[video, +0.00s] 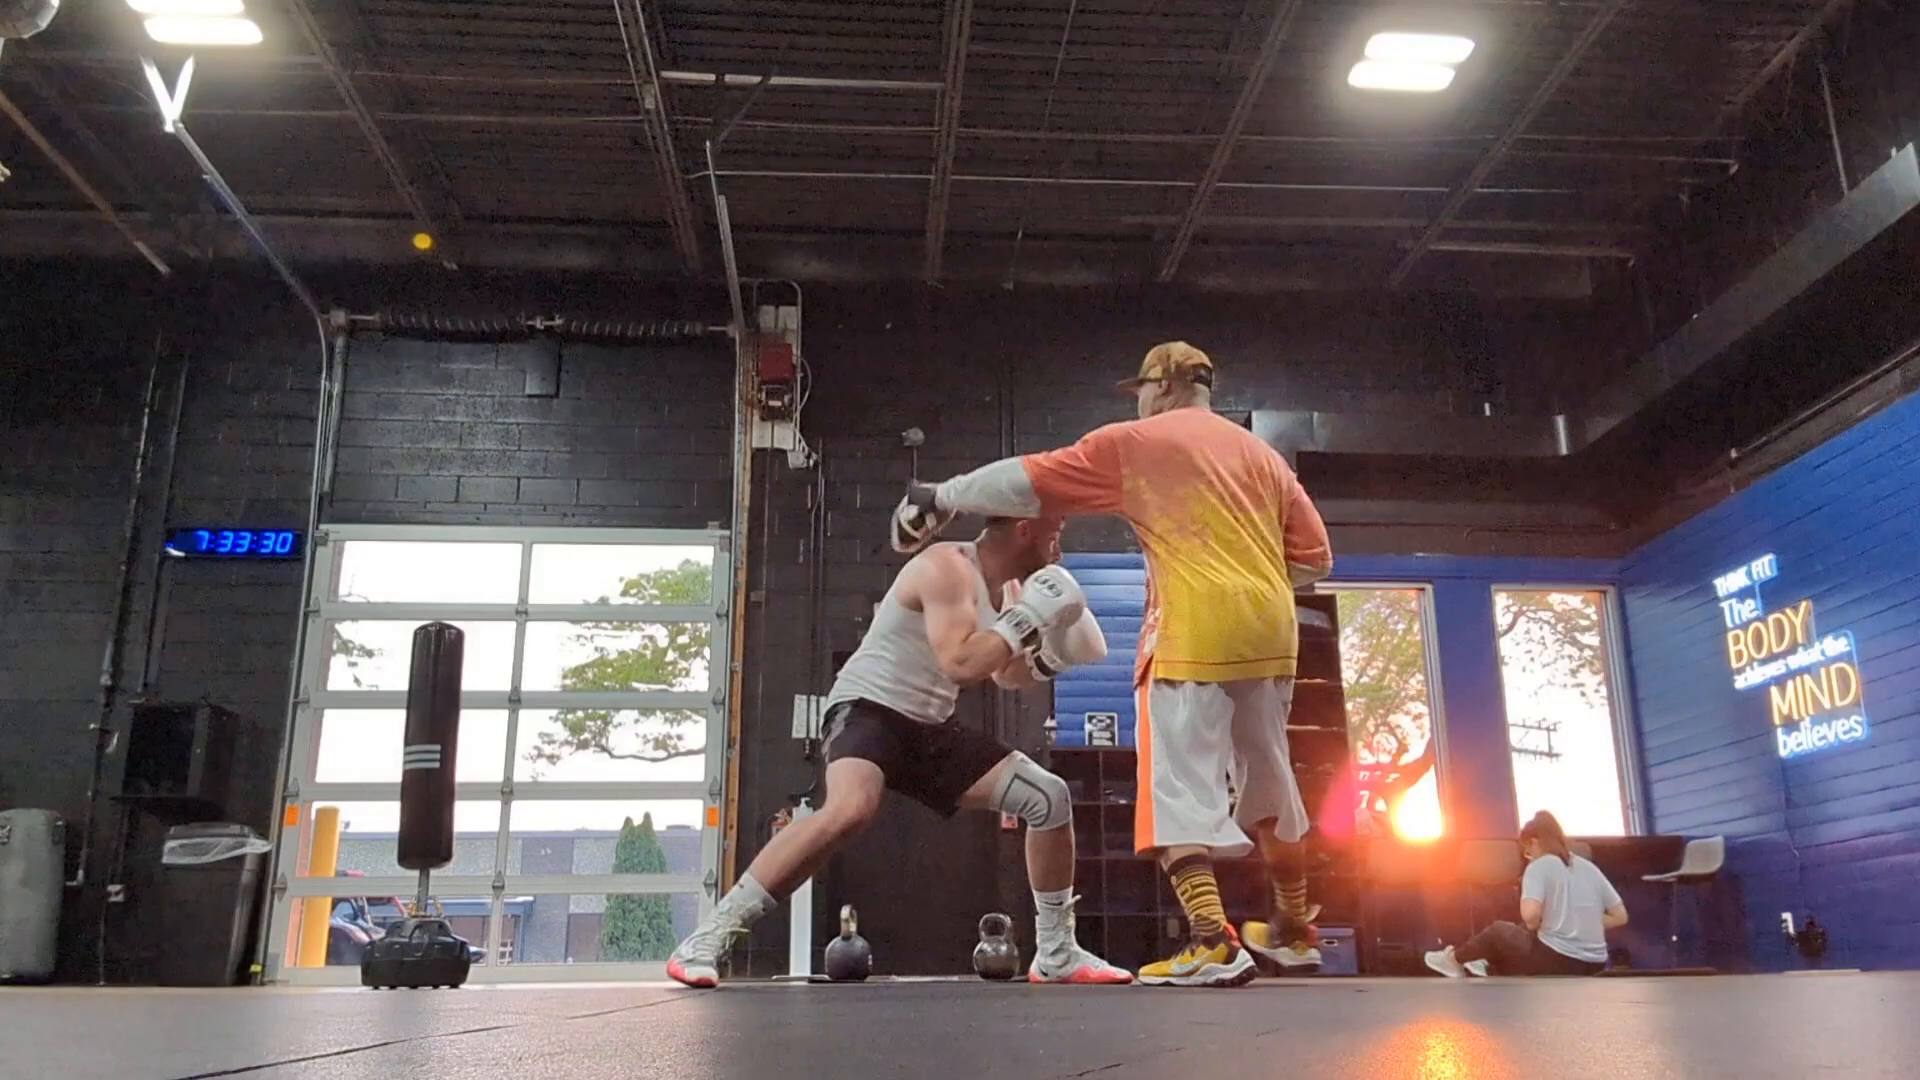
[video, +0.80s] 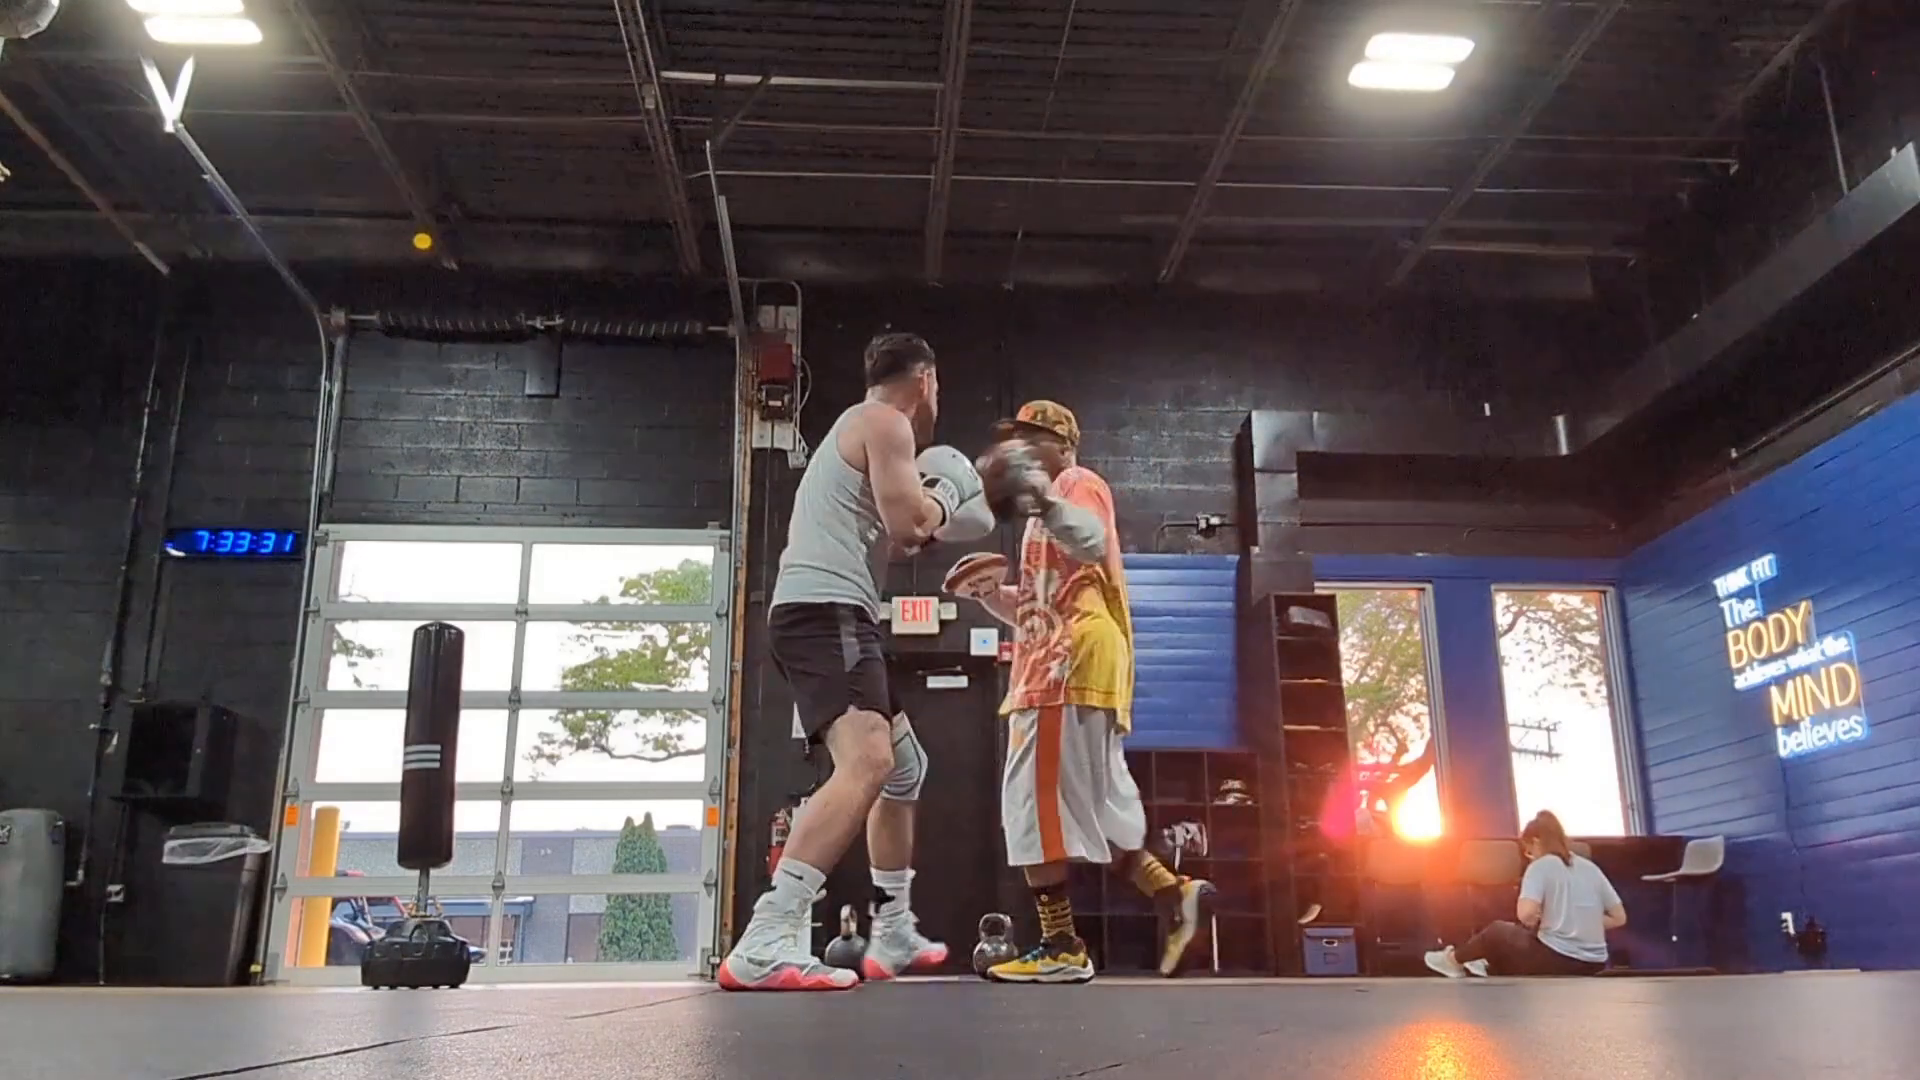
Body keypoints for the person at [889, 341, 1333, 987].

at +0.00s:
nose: (1138, 404)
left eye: (1142, 393)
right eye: (1140, 394)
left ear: (1163, 387)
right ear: (1205, 391)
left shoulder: (1135, 442)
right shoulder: (1261, 453)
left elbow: (1028, 477)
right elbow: (1314, 556)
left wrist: (940, 497)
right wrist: (1240, 577)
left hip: (1193, 623)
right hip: (1273, 623)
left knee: (1178, 779)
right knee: (1271, 770)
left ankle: (1212, 941)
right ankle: (1295, 930)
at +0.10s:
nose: (1128, 416)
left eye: (1131, 406)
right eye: (1130, 408)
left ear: (1149, 400)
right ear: (1196, 403)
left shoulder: (1127, 441)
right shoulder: (1251, 463)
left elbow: (1022, 439)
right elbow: (1302, 565)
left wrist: (963, 488)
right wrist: (1234, 580)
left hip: (1185, 633)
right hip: (1262, 633)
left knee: (1172, 789)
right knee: (1261, 794)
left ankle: (1209, 941)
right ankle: (1261, 941)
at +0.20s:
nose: (1124, 432)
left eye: (1127, 423)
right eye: (1123, 424)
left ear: (1144, 416)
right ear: (1187, 419)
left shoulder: (1130, 447)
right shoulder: (1241, 477)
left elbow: (1043, 434)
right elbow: (1280, 584)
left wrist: (1051, 514)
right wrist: (1215, 569)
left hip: (1177, 641)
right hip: (1249, 647)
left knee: (1168, 795)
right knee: (1239, 803)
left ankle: (1206, 914)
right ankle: (1247, 947)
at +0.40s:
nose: (1099, 438)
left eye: (1106, 426)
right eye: (1098, 429)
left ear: (1137, 421)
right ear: (1152, 427)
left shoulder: (1139, 455)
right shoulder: (1191, 477)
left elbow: (1184, 507)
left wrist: (1118, 557)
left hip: (1164, 649)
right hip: (1220, 651)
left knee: (1093, 773)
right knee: (1216, 797)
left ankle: (1166, 892)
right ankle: (1244, 943)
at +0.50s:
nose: (1083, 438)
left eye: (1093, 426)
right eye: (1082, 430)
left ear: (1129, 424)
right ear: (1115, 433)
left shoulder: (1149, 457)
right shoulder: (1121, 496)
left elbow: (1202, 515)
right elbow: (1076, 572)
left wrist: (1122, 549)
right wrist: (1038, 510)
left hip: (1135, 657)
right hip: (1194, 657)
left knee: (1074, 788)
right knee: (1207, 797)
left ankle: (1119, 930)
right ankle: (1244, 942)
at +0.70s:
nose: (1041, 453)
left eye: (1051, 442)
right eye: (1037, 445)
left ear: (1085, 440)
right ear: (1041, 452)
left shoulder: (1114, 480)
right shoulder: (1066, 514)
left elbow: (1167, 535)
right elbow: (1044, 604)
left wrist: (1106, 492)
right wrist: (1002, 571)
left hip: (1093, 666)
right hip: (1112, 667)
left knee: (1046, 793)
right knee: (1154, 795)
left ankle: (1063, 944)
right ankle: (1228, 920)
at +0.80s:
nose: (1018, 453)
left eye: (1027, 442)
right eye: (1016, 444)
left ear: (1059, 443)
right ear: (1037, 451)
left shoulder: (1079, 482)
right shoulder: (1044, 507)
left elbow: (1090, 541)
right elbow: (1037, 614)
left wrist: (1039, 495)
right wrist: (988, 591)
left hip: (1069, 651)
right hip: (1072, 654)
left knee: (1030, 798)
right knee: (1091, 797)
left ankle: (1062, 947)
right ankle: (1172, 892)